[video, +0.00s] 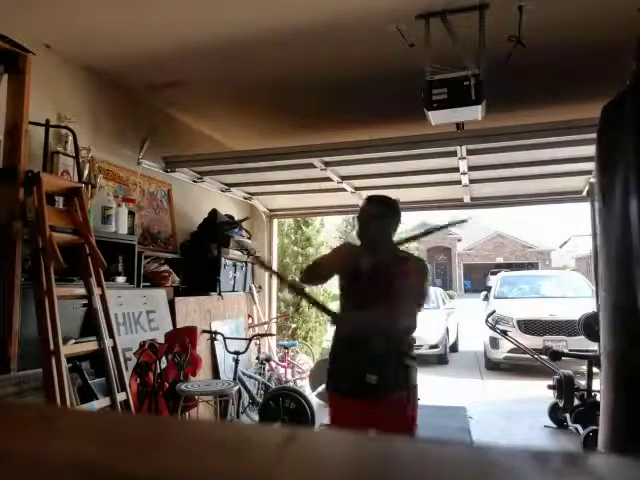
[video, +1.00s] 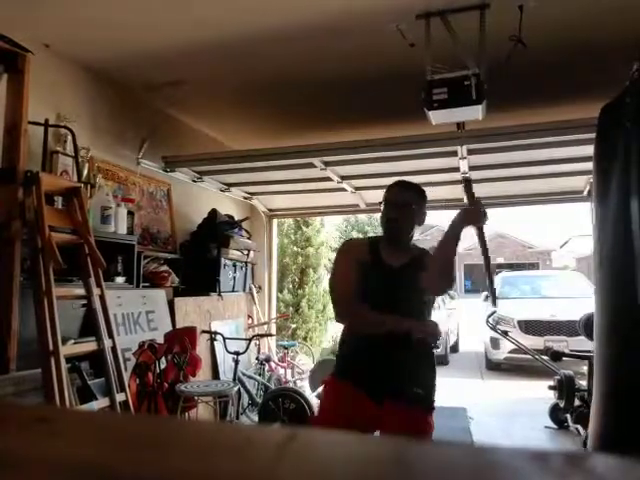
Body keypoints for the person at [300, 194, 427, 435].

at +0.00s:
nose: (361, 229)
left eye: (370, 222)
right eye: (360, 221)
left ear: (390, 225)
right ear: (358, 222)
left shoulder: (411, 266)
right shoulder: (349, 254)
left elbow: (404, 320)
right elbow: (308, 276)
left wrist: (351, 321)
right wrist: (340, 259)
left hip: (393, 379)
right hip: (348, 376)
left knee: (393, 462)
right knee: (346, 459)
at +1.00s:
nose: (393, 213)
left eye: (405, 207)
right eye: (389, 205)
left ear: (421, 217)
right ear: (382, 209)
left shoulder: (426, 262)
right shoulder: (354, 251)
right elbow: (345, 311)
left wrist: (458, 224)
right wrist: (410, 327)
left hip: (409, 393)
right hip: (352, 387)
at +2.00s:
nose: (248, 227)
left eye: (254, 218)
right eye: (245, 221)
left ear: (279, 219)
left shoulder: (301, 250)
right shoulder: (267, 266)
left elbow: (280, 302)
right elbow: (243, 314)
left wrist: (231, 334)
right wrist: (228, 271)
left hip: (310, 354)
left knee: (248, 379)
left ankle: (298, 453)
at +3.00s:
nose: (375, 227)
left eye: (372, 219)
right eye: (368, 220)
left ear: (340, 225)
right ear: (350, 223)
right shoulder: (345, 258)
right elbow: (386, 312)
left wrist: (371, 278)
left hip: (362, 397)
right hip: (336, 400)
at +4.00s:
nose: (400, 221)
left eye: (399, 215)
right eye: (398, 215)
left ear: (361, 220)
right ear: (392, 216)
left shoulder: (345, 257)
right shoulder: (399, 245)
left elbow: (388, 280)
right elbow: (430, 296)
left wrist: (438, 253)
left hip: (356, 372)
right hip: (394, 373)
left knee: (367, 456)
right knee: (397, 457)